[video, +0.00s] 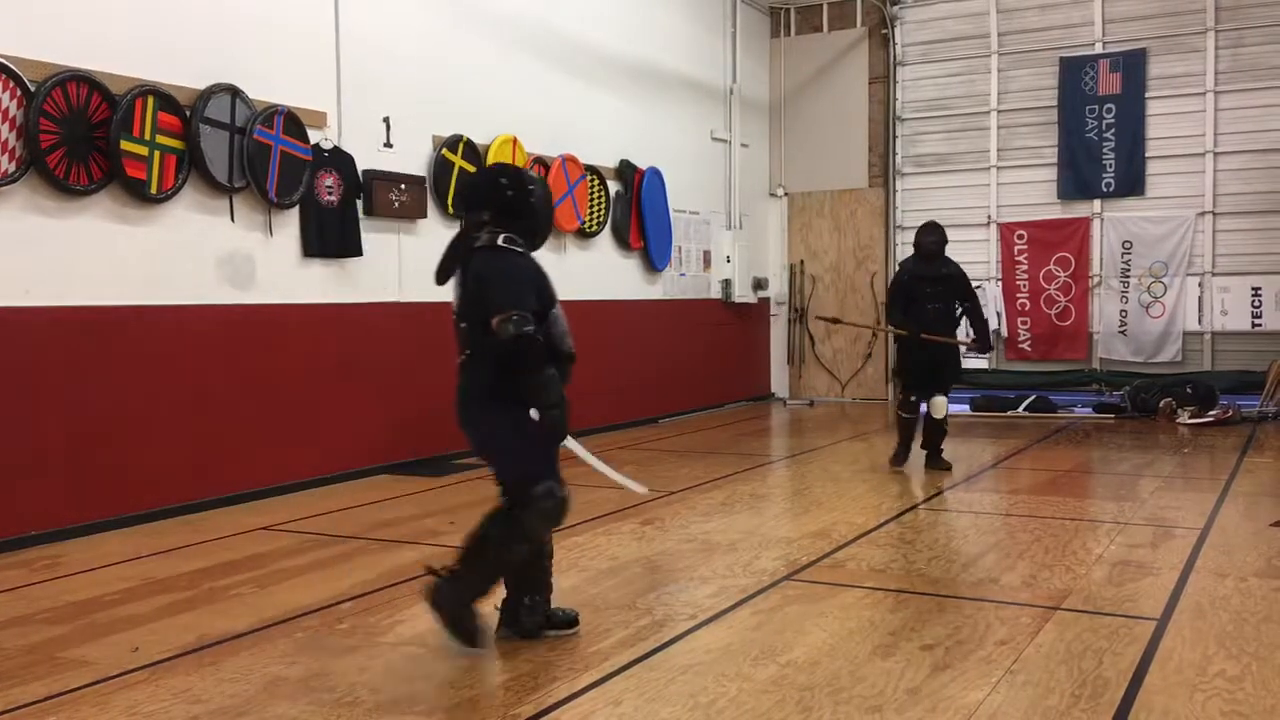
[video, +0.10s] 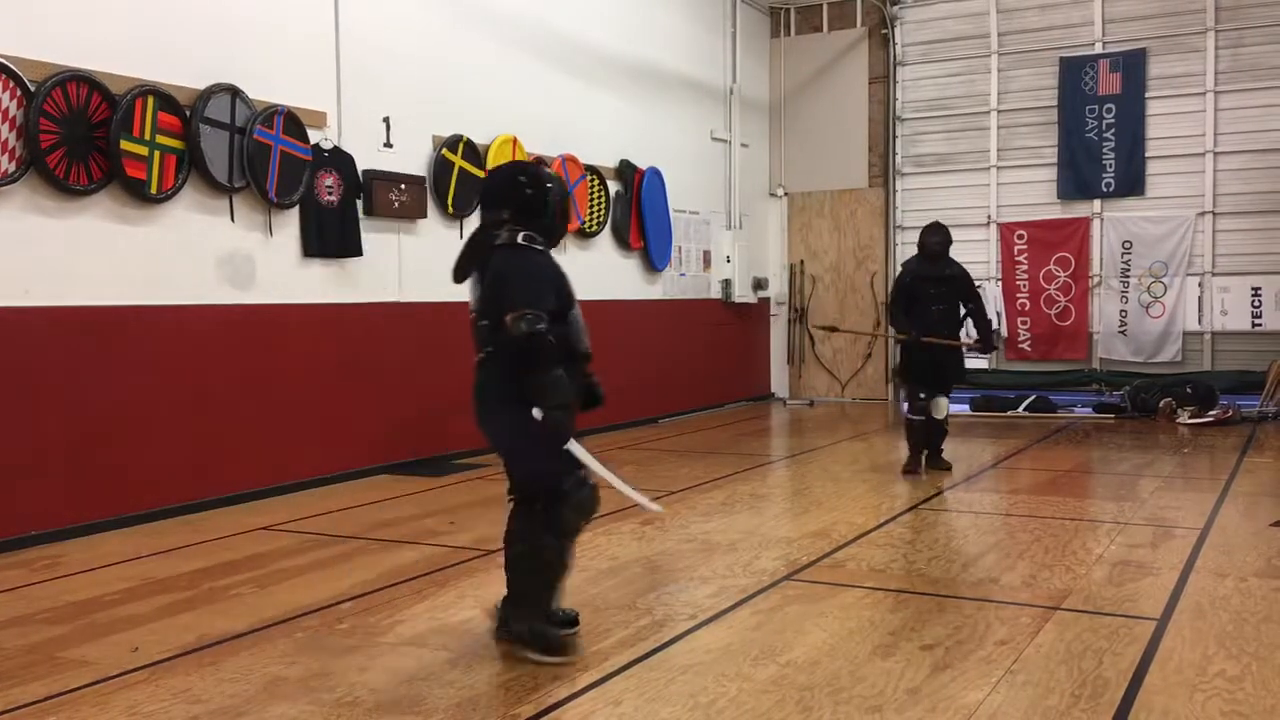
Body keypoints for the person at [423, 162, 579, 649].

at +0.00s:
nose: (547, 212)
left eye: (543, 202)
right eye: (538, 202)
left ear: (493, 209)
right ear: (516, 208)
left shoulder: (508, 260)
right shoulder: (500, 264)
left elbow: (549, 331)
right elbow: (516, 340)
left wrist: (554, 368)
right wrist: (546, 397)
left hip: (517, 400)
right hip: (498, 404)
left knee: (534, 499)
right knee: (539, 499)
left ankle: (527, 606)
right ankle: (457, 590)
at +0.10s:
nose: (561, 208)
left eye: (557, 198)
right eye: (553, 199)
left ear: (505, 206)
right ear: (533, 204)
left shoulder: (519, 257)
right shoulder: (518, 260)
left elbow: (551, 327)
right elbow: (527, 334)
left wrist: (577, 376)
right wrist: (557, 392)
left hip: (522, 402)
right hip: (516, 404)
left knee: (537, 497)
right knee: (569, 493)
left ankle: (529, 601)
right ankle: (524, 612)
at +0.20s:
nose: (579, 205)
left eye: (575, 195)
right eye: (570, 196)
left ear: (524, 205)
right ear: (549, 202)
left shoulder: (517, 254)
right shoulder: (541, 258)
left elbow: (561, 328)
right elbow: (546, 334)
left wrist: (596, 373)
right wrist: (567, 401)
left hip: (523, 401)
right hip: (542, 404)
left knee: (540, 500)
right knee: (588, 499)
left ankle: (526, 606)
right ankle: (597, 627)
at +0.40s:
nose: (618, 212)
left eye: (614, 201)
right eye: (611, 202)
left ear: (555, 208)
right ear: (593, 207)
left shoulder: (534, 257)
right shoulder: (594, 261)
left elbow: (537, 345)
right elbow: (607, 346)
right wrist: (622, 417)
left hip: (540, 410)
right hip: (585, 412)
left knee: (552, 505)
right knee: (625, 508)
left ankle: (529, 605)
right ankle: (634, 628)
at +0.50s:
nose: (633, 201)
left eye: (630, 192)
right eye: (627, 194)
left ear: (568, 200)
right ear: (613, 199)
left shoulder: (543, 255)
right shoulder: (620, 250)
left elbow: (547, 338)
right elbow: (640, 335)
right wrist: (660, 410)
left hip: (549, 409)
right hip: (606, 411)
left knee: (558, 501)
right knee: (633, 508)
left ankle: (531, 603)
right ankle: (634, 630)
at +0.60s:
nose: (648, 201)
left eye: (645, 193)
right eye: (643, 194)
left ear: (582, 199)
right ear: (631, 200)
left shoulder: (547, 256)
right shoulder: (642, 252)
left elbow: (534, 337)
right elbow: (670, 336)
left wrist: (542, 397)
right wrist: (695, 405)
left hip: (555, 411)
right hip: (615, 413)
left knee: (559, 502)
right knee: (639, 508)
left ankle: (536, 608)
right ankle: (634, 629)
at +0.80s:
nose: (664, 206)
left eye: (662, 199)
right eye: (660, 198)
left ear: (596, 197)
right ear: (650, 199)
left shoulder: (555, 249)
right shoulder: (661, 254)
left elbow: (523, 330)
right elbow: (698, 339)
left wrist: (525, 400)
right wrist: (727, 405)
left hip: (558, 409)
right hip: (624, 413)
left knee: (557, 508)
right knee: (644, 513)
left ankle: (537, 621)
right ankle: (635, 629)